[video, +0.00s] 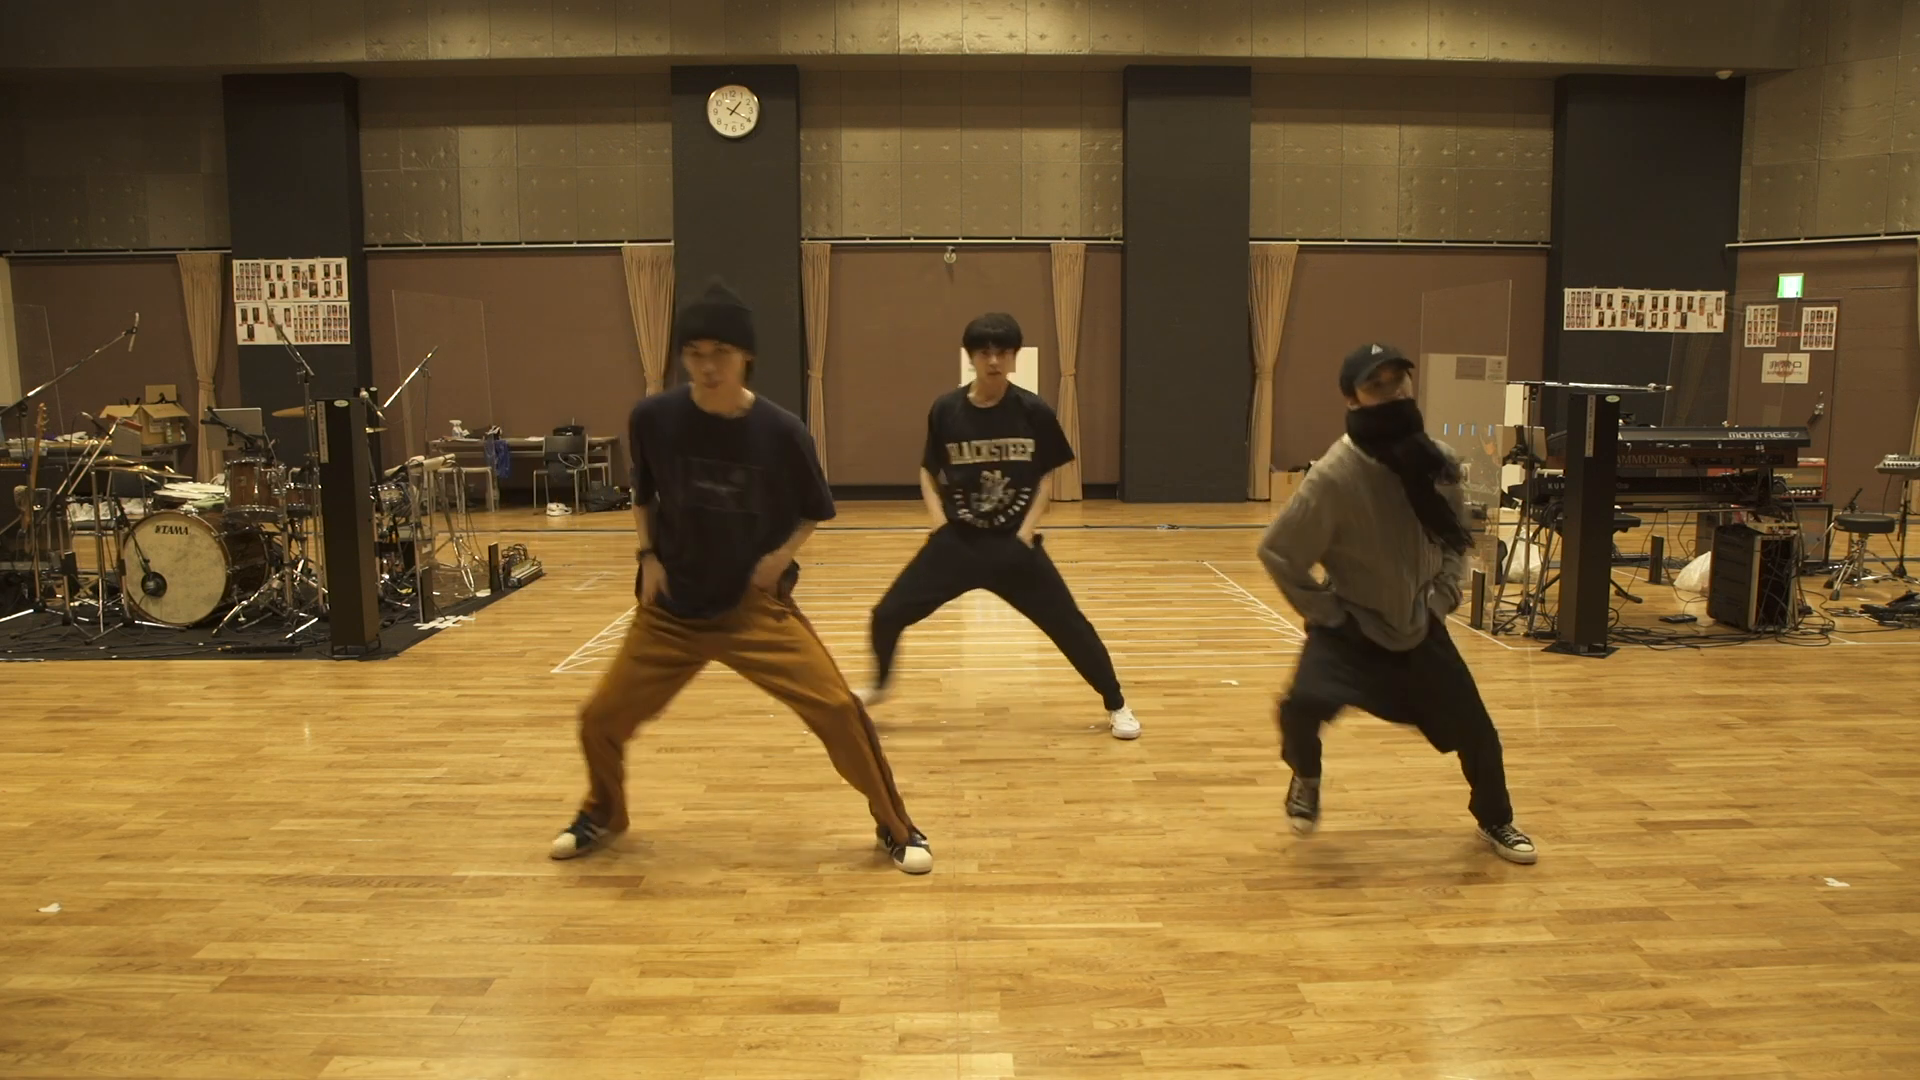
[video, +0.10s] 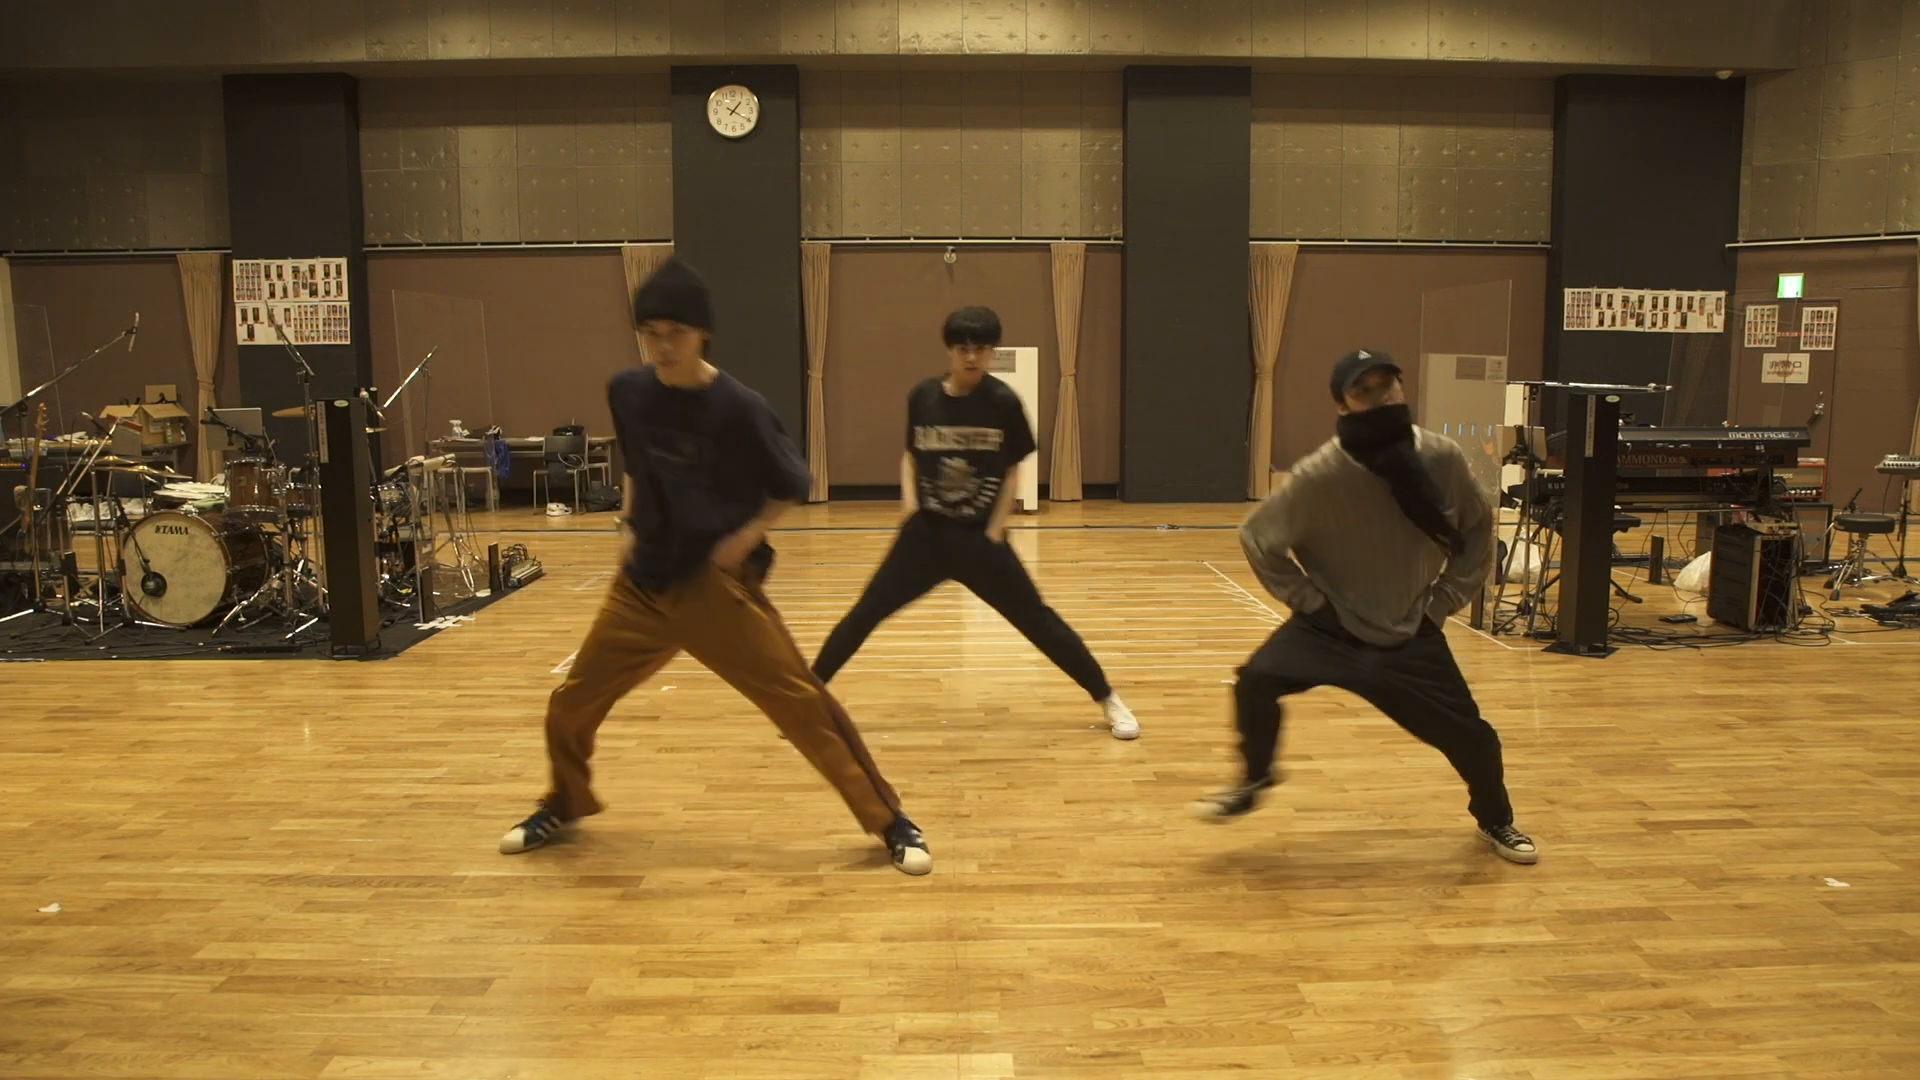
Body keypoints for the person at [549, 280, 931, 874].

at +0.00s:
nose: (706, 367)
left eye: (719, 354)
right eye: (695, 355)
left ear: (746, 358)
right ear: (681, 359)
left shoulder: (781, 432)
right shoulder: (652, 420)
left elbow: (816, 511)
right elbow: (644, 494)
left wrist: (780, 557)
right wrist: (647, 555)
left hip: (757, 611)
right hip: (671, 612)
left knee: (839, 709)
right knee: (598, 720)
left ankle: (897, 827)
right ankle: (604, 814)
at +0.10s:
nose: (661, 346)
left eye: (675, 333)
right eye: (651, 333)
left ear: (703, 333)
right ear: (638, 335)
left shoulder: (739, 408)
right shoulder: (627, 393)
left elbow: (793, 488)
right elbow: (636, 469)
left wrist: (744, 537)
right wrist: (631, 528)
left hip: (717, 588)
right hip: (642, 584)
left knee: (802, 702)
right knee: (569, 705)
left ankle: (893, 824)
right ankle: (566, 805)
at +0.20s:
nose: (618, 325)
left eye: (630, 311)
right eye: (607, 314)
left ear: (662, 310)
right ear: (599, 317)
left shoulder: (698, 391)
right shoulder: (595, 378)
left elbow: (761, 468)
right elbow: (606, 454)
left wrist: (704, 520)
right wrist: (603, 517)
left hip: (677, 567)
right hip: (609, 564)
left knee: (754, 684)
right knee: (570, 689)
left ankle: (837, 816)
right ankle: (544, 812)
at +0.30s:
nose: (572, 304)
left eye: (583, 289)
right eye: (560, 294)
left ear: (616, 288)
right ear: (554, 301)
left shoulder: (662, 373)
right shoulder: (559, 364)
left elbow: (721, 453)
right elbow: (563, 443)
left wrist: (661, 505)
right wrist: (553, 506)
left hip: (639, 553)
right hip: (571, 549)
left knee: (684, 690)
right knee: (551, 683)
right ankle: (547, 805)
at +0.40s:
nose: (552, 298)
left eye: (562, 282)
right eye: (541, 288)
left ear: (596, 280)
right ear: (534, 295)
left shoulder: (643, 363)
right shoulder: (541, 356)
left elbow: (700, 447)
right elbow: (548, 438)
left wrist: (645, 496)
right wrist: (534, 499)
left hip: (618, 543)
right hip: (552, 541)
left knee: (648, 679)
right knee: (545, 679)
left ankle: (688, 822)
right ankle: (548, 805)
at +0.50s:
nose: (534, 291)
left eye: (544, 276)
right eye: (523, 283)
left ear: (578, 275)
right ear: (517, 292)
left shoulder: (631, 360)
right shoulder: (520, 357)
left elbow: (681, 444)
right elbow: (521, 441)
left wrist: (627, 492)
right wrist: (517, 506)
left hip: (602, 533)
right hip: (534, 533)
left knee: (606, 673)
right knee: (538, 675)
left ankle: (617, 815)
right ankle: (547, 805)